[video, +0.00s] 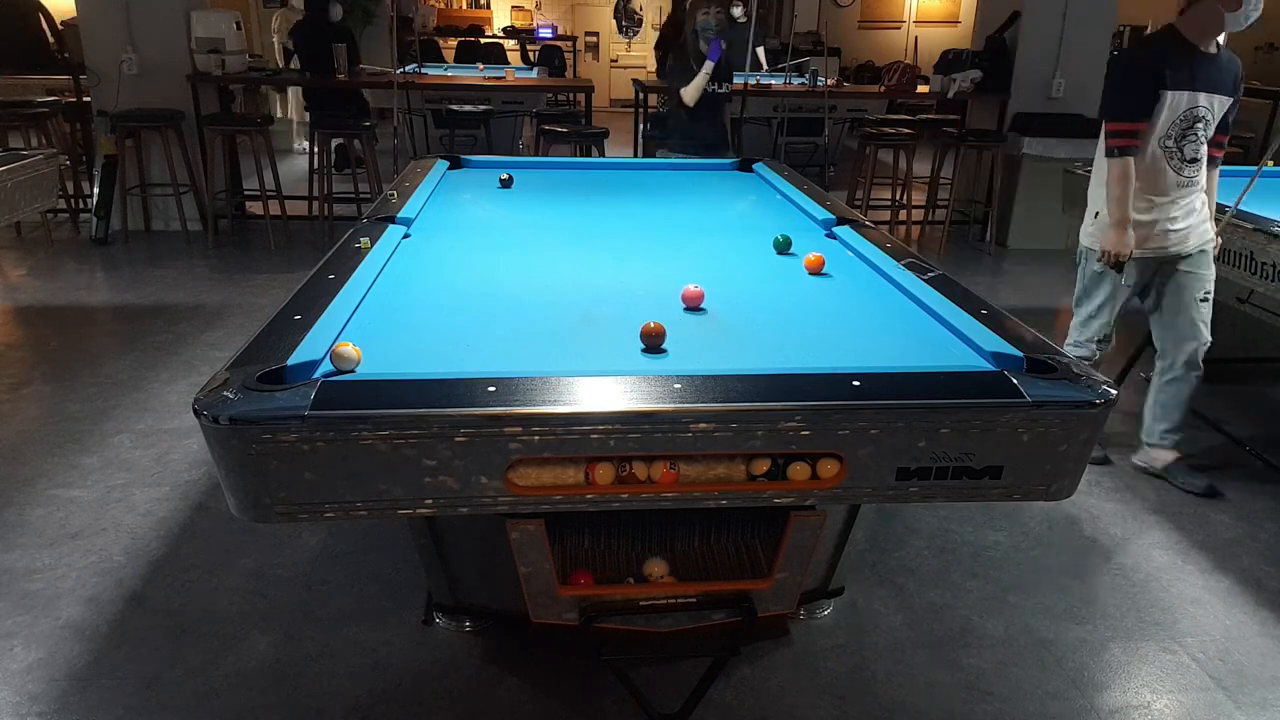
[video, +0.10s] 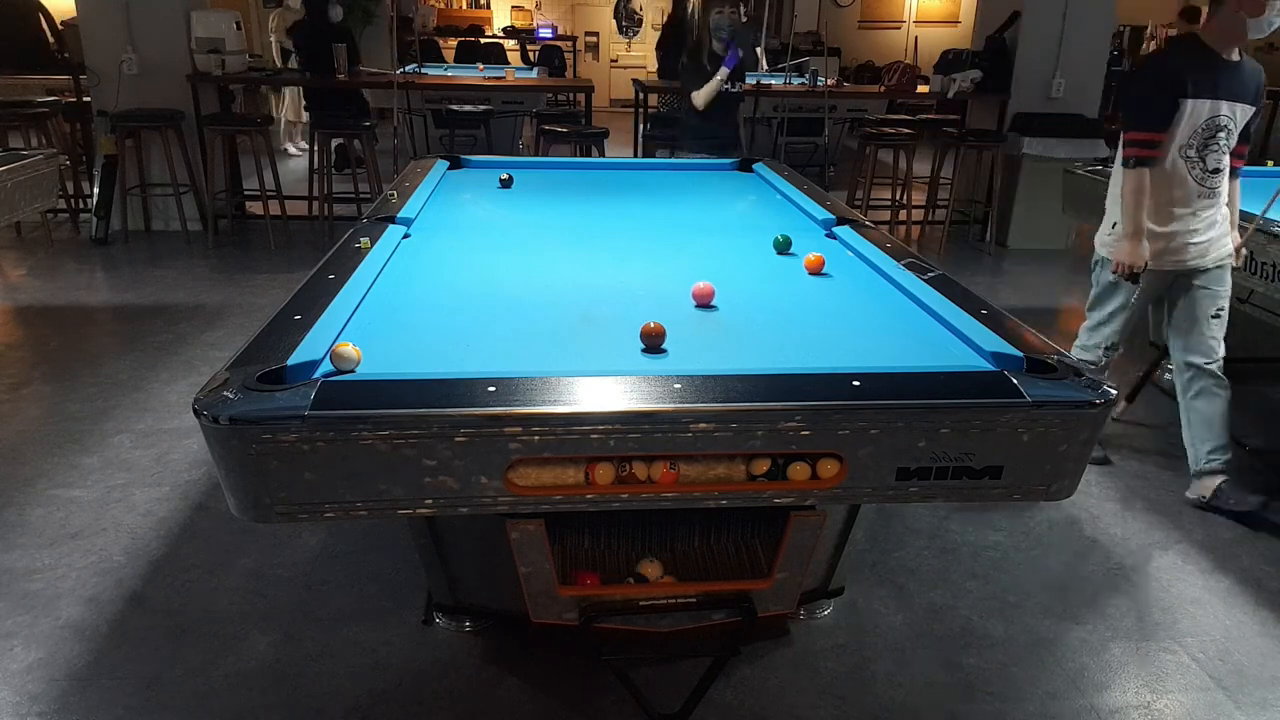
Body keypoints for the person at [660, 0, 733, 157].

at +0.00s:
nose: (713, 20)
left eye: (719, 13)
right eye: (705, 13)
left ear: (726, 18)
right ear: (693, 20)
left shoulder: (725, 58)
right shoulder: (681, 55)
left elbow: (725, 106)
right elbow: (689, 99)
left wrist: (729, 147)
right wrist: (710, 60)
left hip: (717, 143)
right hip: (684, 144)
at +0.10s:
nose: (727, 20)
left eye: (733, 13)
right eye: (719, 13)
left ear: (740, 19)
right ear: (706, 19)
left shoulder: (737, 58)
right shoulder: (694, 56)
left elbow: (737, 109)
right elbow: (699, 102)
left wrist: (742, 149)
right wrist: (726, 68)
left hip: (729, 148)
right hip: (698, 148)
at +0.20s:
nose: (739, 20)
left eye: (745, 14)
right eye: (732, 13)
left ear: (751, 20)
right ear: (719, 19)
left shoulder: (746, 58)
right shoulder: (706, 56)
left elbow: (748, 111)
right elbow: (701, 107)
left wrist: (754, 151)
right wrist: (737, 85)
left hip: (740, 147)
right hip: (709, 149)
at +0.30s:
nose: (750, 22)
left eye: (756, 15)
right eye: (742, 14)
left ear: (762, 23)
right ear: (730, 21)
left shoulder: (757, 62)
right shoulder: (715, 58)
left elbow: (760, 112)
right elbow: (699, 109)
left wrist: (765, 153)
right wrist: (742, 107)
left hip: (750, 149)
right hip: (717, 150)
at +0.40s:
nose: (760, 24)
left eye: (766, 16)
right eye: (752, 16)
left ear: (771, 22)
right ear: (739, 21)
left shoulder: (765, 64)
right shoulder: (724, 61)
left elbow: (766, 114)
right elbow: (702, 110)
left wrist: (772, 152)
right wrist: (741, 123)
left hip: (757, 152)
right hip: (724, 152)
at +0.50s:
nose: (770, 26)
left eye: (775, 19)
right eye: (762, 19)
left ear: (782, 25)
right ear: (749, 25)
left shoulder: (773, 66)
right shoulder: (733, 62)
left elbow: (774, 117)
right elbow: (707, 111)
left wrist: (779, 158)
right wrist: (744, 131)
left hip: (766, 159)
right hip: (732, 159)